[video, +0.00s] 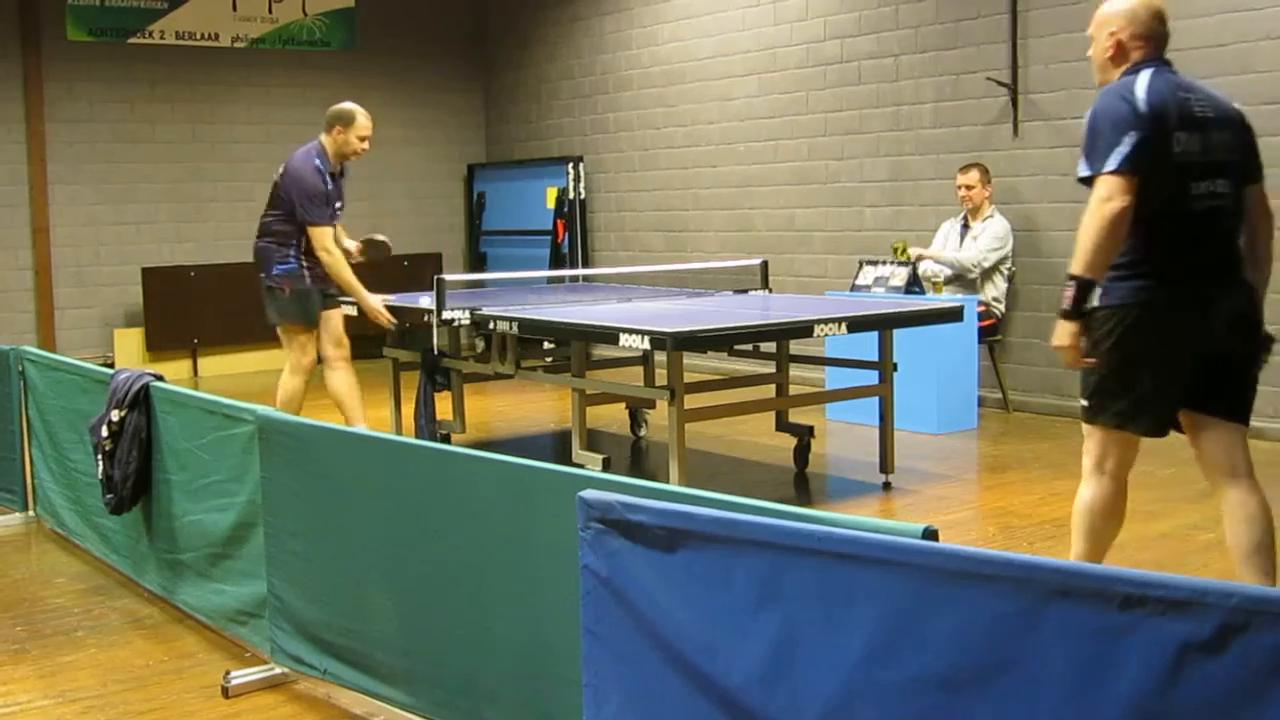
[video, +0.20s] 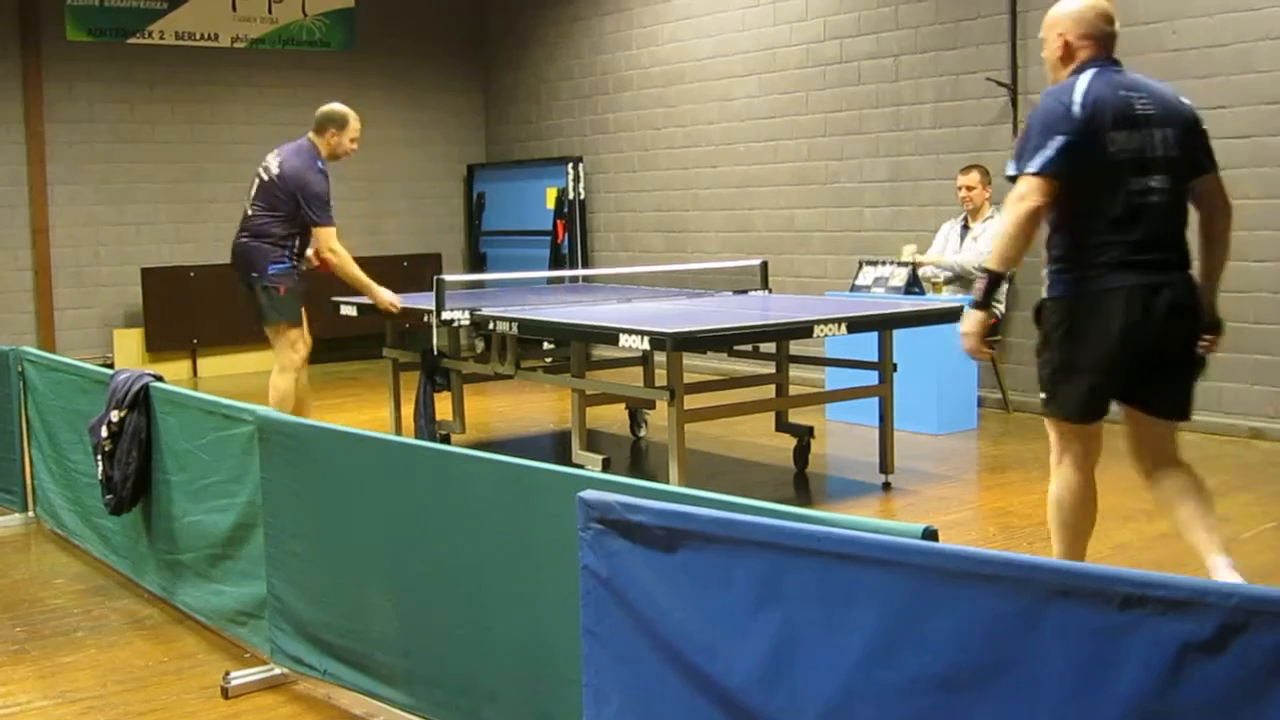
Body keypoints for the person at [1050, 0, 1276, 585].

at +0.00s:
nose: (1090, 53)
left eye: (1094, 41)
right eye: (1092, 41)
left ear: (1121, 43)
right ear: (1155, 45)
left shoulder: (1120, 102)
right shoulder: (1226, 112)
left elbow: (1112, 205)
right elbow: (1260, 223)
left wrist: (1071, 305)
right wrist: (1250, 310)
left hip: (1135, 315)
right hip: (1222, 312)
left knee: (1103, 468)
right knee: (1233, 472)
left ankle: (1075, 601)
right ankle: (1263, 612)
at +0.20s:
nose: (1041, 55)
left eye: (1044, 44)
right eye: (1042, 43)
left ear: (1067, 45)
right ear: (1109, 44)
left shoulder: (1064, 103)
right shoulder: (1174, 106)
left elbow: (1030, 203)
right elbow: (1216, 207)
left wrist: (983, 298)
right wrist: (1207, 297)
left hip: (1086, 307)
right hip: (1169, 301)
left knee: (1071, 455)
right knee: (1159, 455)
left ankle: (1066, 591)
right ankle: (1227, 577)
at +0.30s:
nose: (1030, 55)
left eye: (1031, 45)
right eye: (1031, 44)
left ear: (1046, 44)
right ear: (1091, 43)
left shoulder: (1040, 103)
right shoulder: (1153, 107)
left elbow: (994, 202)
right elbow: (1195, 209)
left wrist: (944, 294)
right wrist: (1177, 295)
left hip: (1068, 302)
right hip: (1143, 299)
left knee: (1062, 456)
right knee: (1117, 442)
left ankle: (1062, 590)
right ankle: (1177, 543)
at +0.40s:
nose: (1016, 56)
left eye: (1018, 47)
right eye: (1019, 46)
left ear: (1032, 45)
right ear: (1077, 46)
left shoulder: (1021, 103)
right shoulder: (1134, 108)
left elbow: (968, 201)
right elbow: (1174, 211)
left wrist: (920, 280)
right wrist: (1148, 284)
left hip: (1049, 296)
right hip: (1122, 294)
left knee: (1052, 449)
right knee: (1085, 426)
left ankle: (1062, 587)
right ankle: (1123, 544)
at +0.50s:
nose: (1004, 62)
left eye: (1006, 52)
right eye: (1006, 52)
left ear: (1018, 50)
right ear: (1064, 51)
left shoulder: (1006, 107)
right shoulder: (1118, 113)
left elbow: (950, 202)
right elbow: (1155, 214)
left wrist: (914, 269)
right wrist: (1128, 281)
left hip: (1031, 298)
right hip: (1104, 295)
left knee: (1045, 445)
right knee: (1059, 433)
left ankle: (1059, 578)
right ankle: (1059, 565)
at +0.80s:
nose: (968, 75)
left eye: (970, 66)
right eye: (970, 66)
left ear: (981, 65)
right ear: (1026, 67)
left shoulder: (973, 111)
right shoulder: (1071, 131)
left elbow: (926, 204)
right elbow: (1098, 230)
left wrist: (908, 265)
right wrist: (1092, 313)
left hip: (986, 296)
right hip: (1050, 297)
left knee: (985, 426)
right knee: (1008, 421)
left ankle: (1040, 552)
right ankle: (995, 539)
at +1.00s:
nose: (940, 74)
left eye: (943, 64)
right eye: (941, 66)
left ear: (957, 61)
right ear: (1002, 66)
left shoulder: (953, 102)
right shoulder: (1040, 124)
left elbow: (929, 181)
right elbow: (1067, 219)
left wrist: (905, 255)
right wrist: (1061, 299)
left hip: (964, 289)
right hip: (1029, 293)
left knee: (908, 407)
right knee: (998, 417)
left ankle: (952, 525)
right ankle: (995, 542)